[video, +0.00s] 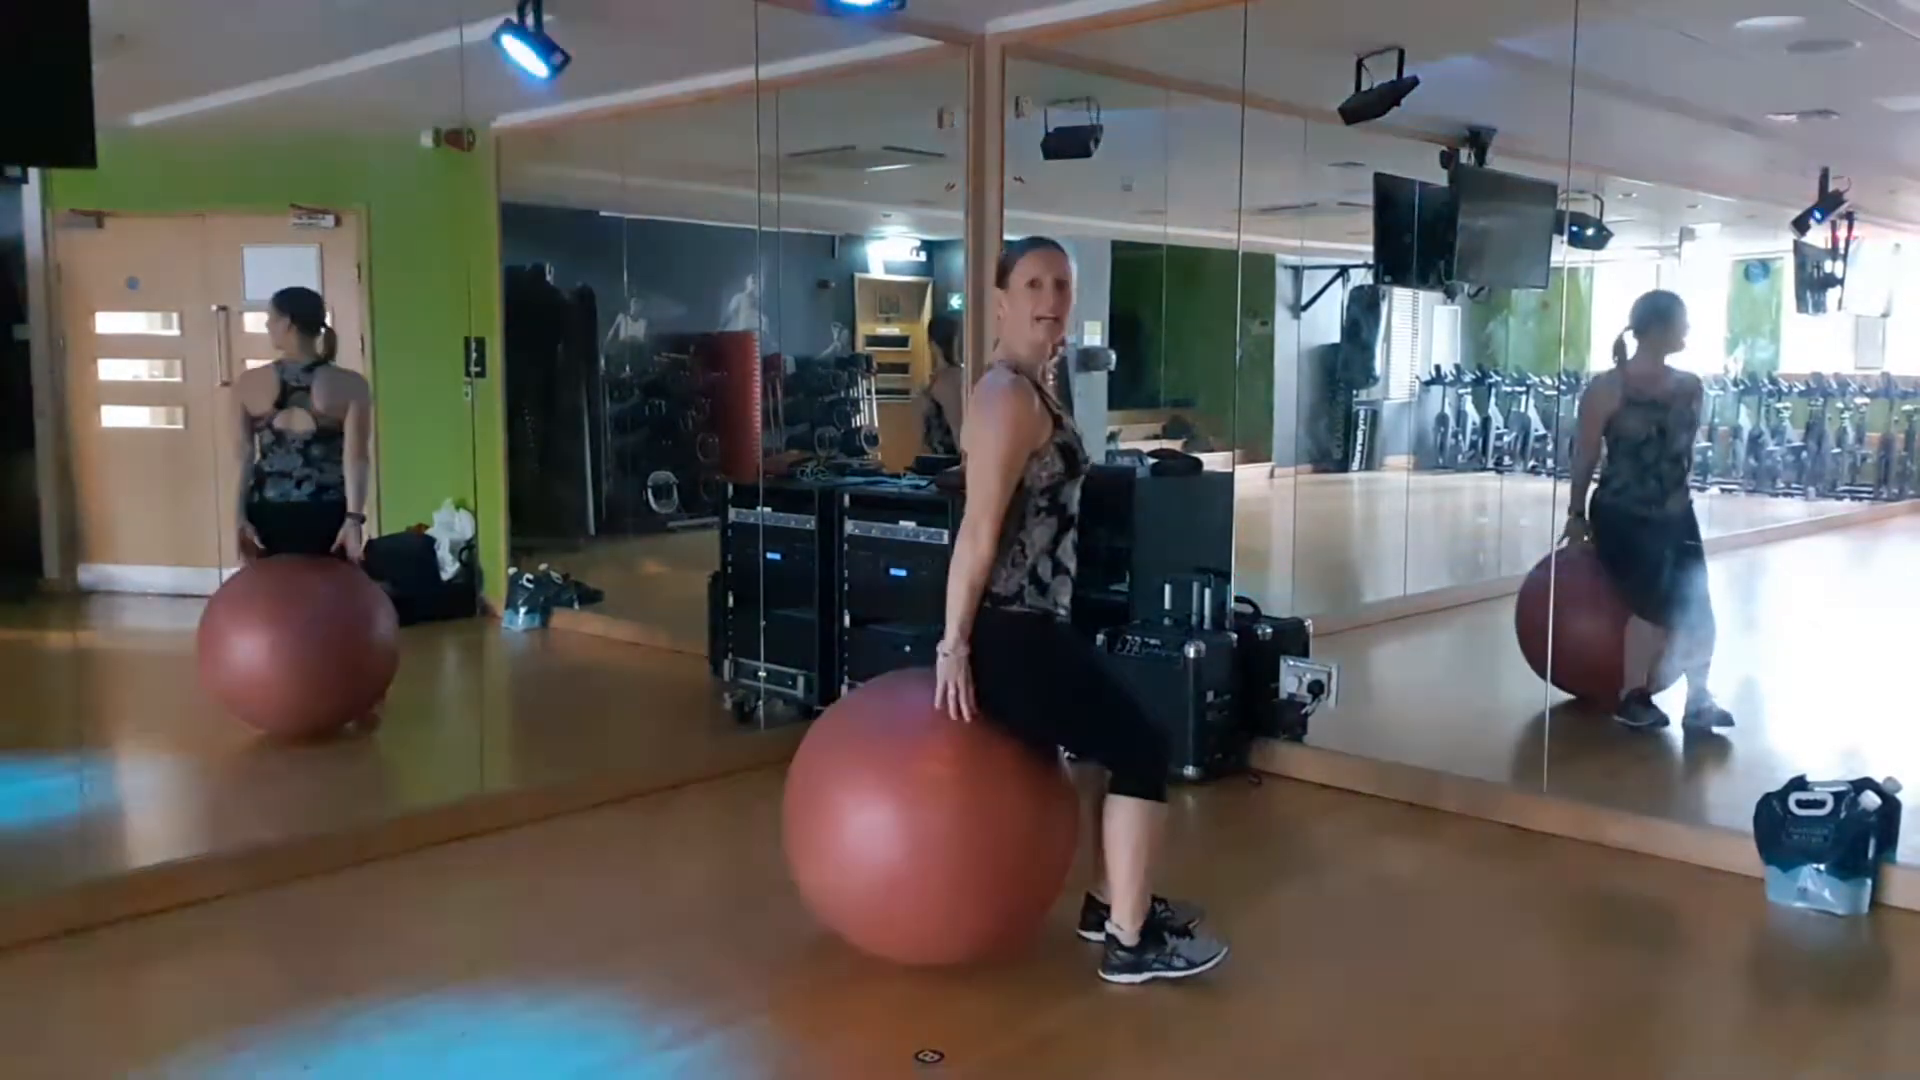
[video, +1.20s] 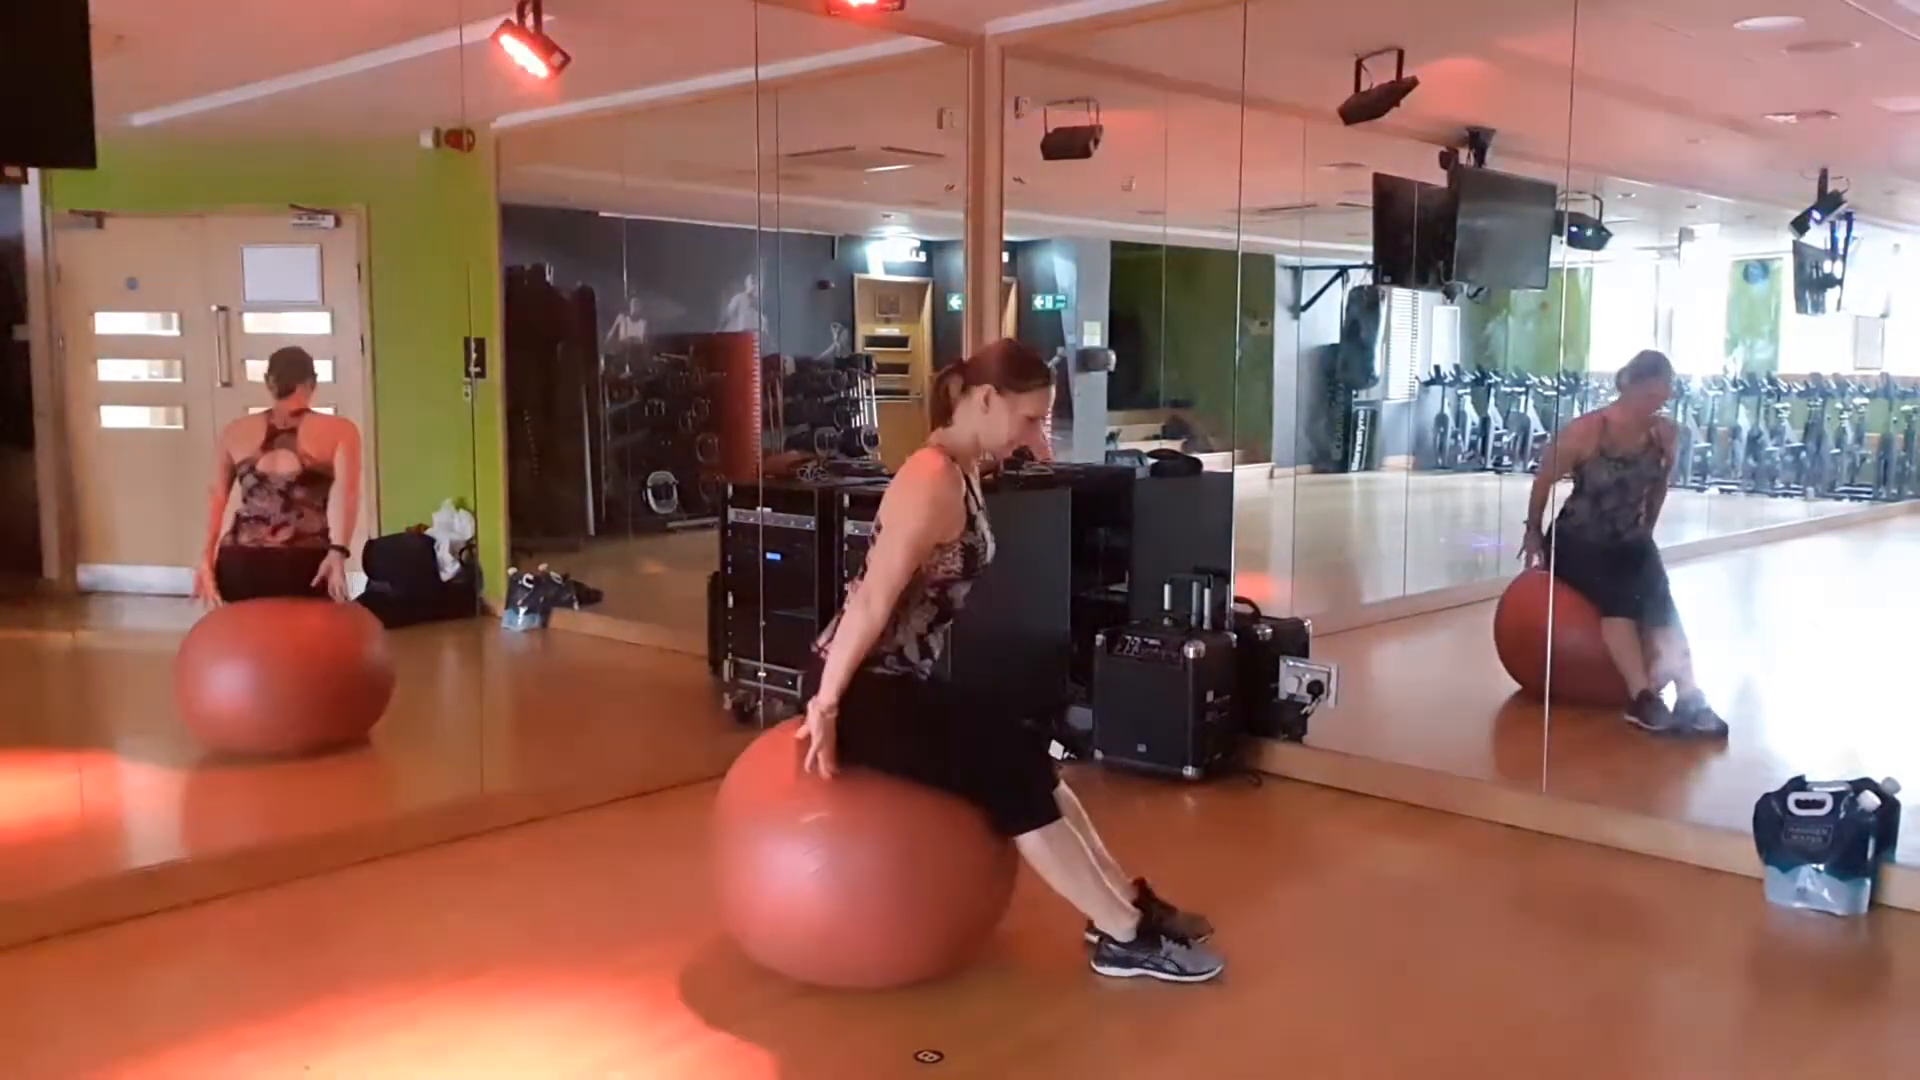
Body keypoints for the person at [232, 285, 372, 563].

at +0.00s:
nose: (268, 326)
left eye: (272, 318)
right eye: (269, 318)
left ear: (288, 324)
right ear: (317, 325)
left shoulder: (250, 384)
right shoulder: (351, 385)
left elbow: (244, 457)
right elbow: (357, 457)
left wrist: (241, 517)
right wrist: (355, 518)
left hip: (269, 517)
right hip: (328, 518)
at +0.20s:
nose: (259, 351)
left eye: (263, 343)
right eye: (260, 343)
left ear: (278, 347)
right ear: (309, 347)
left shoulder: (245, 411)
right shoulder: (345, 406)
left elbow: (241, 483)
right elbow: (354, 475)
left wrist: (239, 545)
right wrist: (355, 537)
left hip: (268, 541)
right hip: (327, 539)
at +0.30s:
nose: (256, 371)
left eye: (259, 363)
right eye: (256, 363)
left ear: (274, 369)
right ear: (305, 369)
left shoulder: (243, 430)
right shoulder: (344, 423)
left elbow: (241, 500)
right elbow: (355, 490)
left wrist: (240, 558)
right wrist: (357, 552)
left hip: (268, 560)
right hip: (328, 556)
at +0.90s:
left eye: (270, 374)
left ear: (271, 376)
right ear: (313, 377)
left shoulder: (239, 430)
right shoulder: (344, 429)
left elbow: (224, 500)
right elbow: (350, 497)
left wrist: (219, 561)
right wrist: (346, 557)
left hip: (255, 569)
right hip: (319, 567)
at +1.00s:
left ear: (269, 380)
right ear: (313, 380)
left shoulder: (239, 432)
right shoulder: (341, 431)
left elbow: (219, 504)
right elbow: (343, 495)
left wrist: (213, 563)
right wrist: (337, 555)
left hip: (250, 570)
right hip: (314, 569)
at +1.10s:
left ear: (268, 382)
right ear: (313, 382)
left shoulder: (237, 433)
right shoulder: (339, 432)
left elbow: (217, 503)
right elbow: (341, 499)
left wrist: (209, 563)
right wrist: (334, 554)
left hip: (245, 569)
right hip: (309, 569)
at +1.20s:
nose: (311, 388)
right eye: (312, 382)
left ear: (269, 384)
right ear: (310, 384)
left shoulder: (236, 432)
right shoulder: (339, 431)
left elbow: (218, 498)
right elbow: (346, 493)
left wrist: (207, 560)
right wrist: (338, 550)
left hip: (239, 563)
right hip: (306, 562)